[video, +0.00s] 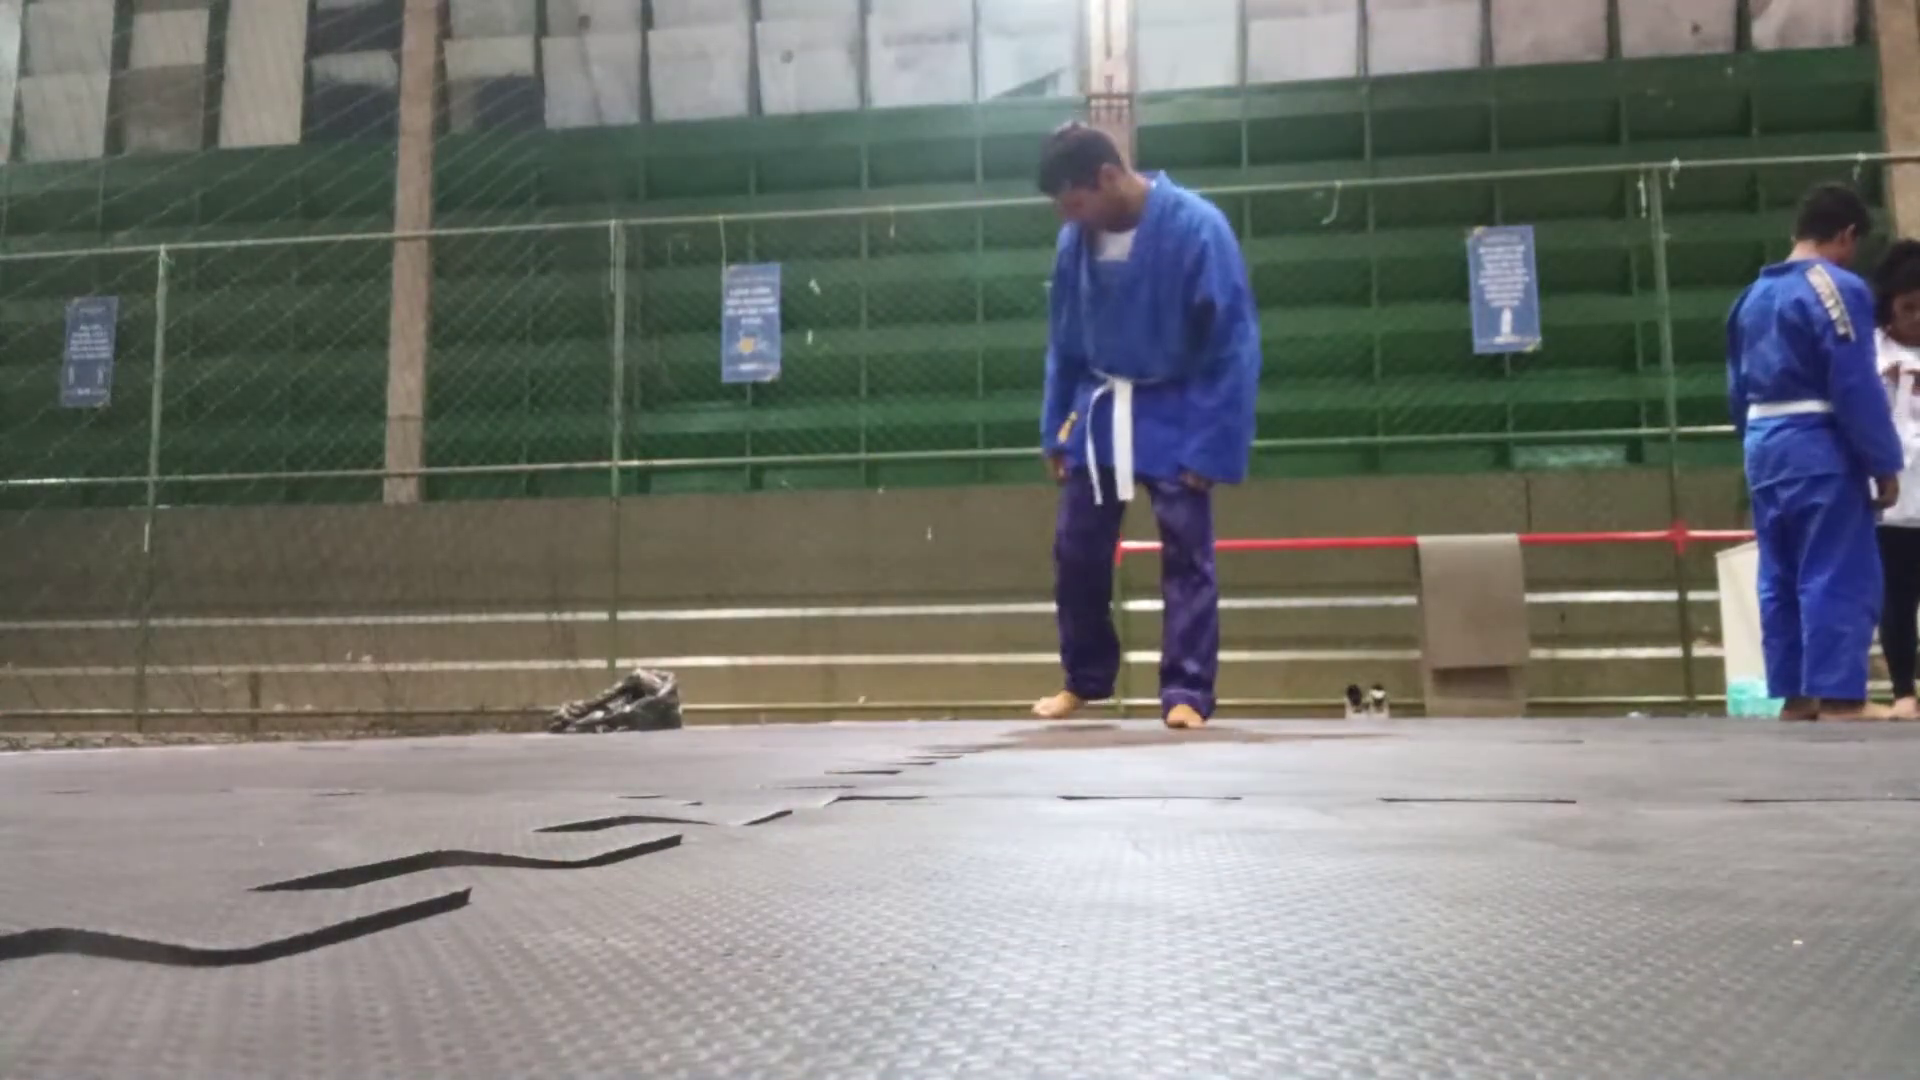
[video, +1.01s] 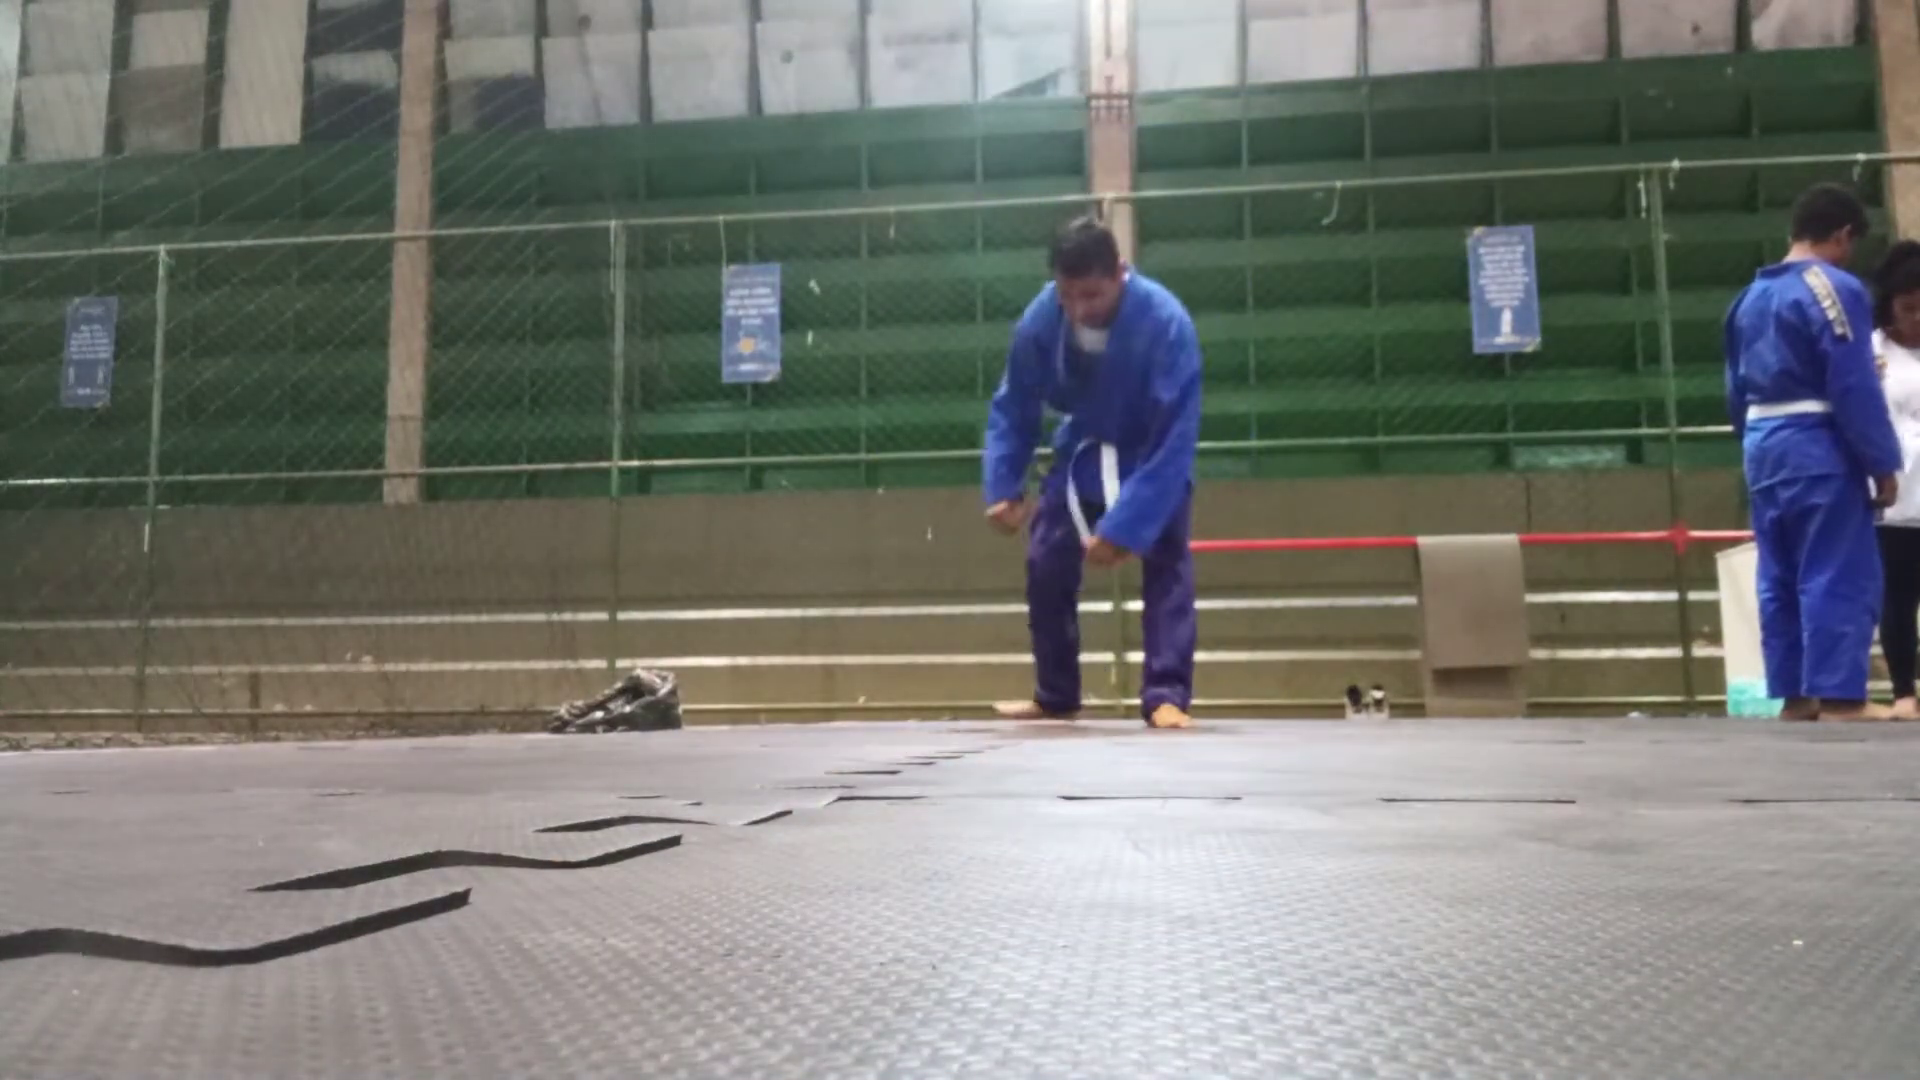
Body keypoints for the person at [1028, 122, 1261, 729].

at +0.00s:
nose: (1069, 216)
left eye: (1073, 203)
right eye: (1064, 207)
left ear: (1107, 179)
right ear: (1094, 184)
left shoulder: (1197, 228)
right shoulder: (1077, 236)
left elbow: (1236, 347)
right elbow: (1063, 341)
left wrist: (1210, 448)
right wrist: (1057, 426)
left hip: (1179, 396)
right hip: (1100, 397)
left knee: (1184, 543)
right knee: (1076, 542)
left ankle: (1186, 695)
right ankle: (1086, 680)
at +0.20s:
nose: (1070, 238)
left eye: (1077, 225)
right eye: (1061, 229)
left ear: (1105, 197)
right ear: (1050, 221)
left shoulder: (1177, 253)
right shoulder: (1057, 273)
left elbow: (1216, 360)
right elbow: (1048, 375)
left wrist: (1199, 452)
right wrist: (1042, 461)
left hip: (1164, 413)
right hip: (1087, 419)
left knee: (1171, 539)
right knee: (1080, 556)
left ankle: (1184, 693)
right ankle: (1092, 701)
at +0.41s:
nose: (1057, 251)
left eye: (1062, 236)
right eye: (1046, 242)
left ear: (1089, 211)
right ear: (1037, 234)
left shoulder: (1155, 258)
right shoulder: (1041, 286)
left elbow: (1201, 354)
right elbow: (1031, 384)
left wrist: (1186, 442)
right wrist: (1031, 467)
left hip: (1153, 414)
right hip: (1078, 422)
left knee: (1160, 539)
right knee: (1070, 560)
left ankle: (1166, 688)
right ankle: (1090, 700)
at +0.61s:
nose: (1060, 251)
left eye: (1069, 237)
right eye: (1050, 241)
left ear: (1096, 213)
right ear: (1039, 232)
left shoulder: (1155, 261)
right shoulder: (1042, 280)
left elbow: (1211, 351)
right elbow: (1029, 377)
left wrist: (1182, 441)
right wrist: (1031, 452)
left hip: (1152, 418)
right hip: (1075, 423)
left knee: (1162, 542)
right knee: (1071, 552)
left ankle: (1164, 691)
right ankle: (1084, 696)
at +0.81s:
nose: (1078, 274)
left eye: (1088, 262)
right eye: (1068, 263)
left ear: (1118, 243)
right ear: (1057, 253)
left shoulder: (1169, 291)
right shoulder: (1052, 294)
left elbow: (1210, 399)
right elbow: (1030, 381)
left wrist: (1161, 489)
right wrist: (1027, 452)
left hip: (1159, 434)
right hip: (1083, 432)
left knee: (1166, 545)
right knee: (1056, 549)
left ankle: (1165, 696)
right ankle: (1080, 691)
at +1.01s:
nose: (1082, 308)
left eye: (1093, 296)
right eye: (1070, 297)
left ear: (1120, 276)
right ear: (1056, 284)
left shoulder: (1165, 323)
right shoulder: (1042, 319)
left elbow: (1175, 440)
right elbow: (1014, 403)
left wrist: (1123, 526)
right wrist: (1003, 485)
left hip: (1151, 446)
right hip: (1081, 443)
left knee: (1167, 563)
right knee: (1046, 559)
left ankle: (1166, 698)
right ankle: (1055, 698)